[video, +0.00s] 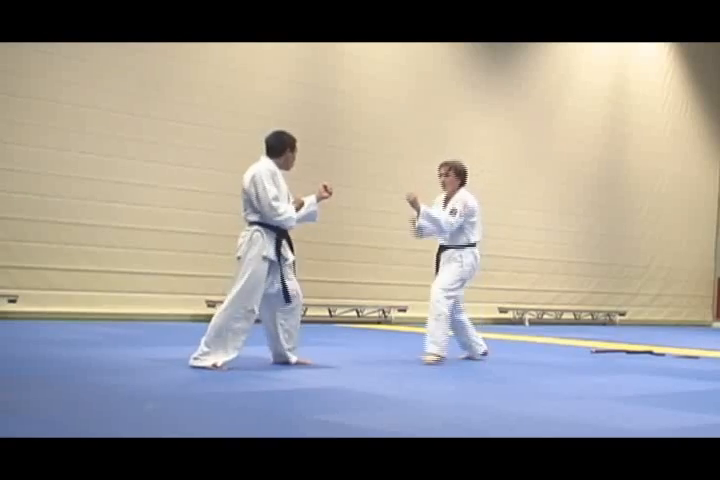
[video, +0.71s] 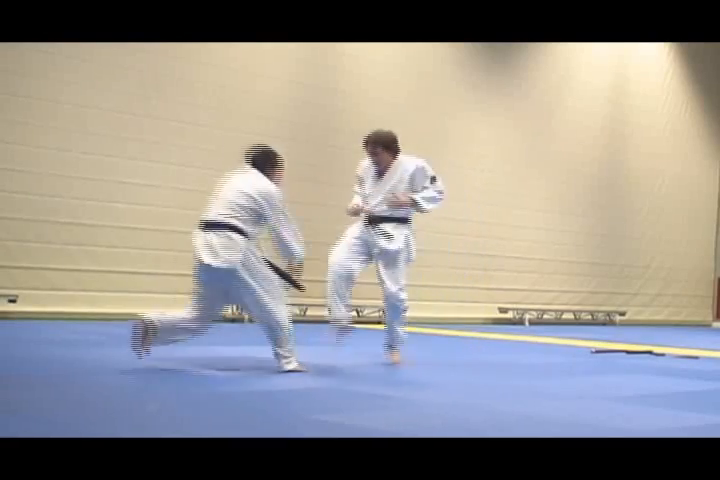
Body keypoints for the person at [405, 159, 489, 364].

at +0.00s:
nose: (442, 179)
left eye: (447, 175)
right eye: (440, 176)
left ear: (459, 178)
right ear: (439, 179)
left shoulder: (465, 200)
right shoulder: (440, 200)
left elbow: (450, 225)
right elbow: (436, 226)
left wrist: (420, 209)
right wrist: (420, 228)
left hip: (464, 254)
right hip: (446, 254)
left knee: (440, 292)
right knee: (452, 308)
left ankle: (435, 350)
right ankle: (476, 348)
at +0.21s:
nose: (428, 172)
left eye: (432, 169)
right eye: (426, 169)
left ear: (445, 172)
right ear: (425, 172)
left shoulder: (457, 194)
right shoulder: (420, 191)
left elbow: (444, 215)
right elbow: (400, 210)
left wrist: (416, 196)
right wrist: (393, 204)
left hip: (449, 253)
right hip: (428, 254)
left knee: (426, 297)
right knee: (444, 302)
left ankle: (415, 352)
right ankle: (471, 338)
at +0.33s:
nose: (415, 171)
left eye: (418, 167)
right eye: (413, 167)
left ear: (432, 166)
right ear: (414, 168)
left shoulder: (450, 184)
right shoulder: (412, 185)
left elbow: (444, 207)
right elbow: (403, 215)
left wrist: (409, 199)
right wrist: (390, 213)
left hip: (437, 245)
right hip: (413, 245)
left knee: (419, 297)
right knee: (393, 294)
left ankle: (416, 354)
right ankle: (429, 310)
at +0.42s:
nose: (406, 176)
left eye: (408, 171)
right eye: (404, 172)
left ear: (421, 169)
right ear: (407, 170)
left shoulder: (441, 184)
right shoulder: (405, 185)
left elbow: (434, 207)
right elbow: (396, 215)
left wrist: (398, 209)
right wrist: (384, 219)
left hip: (428, 245)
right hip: (404, 241)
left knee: (414, 298)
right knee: (375, 252)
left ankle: (416, 352)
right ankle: (384, 303)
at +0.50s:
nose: (399, 179)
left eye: (402, 174)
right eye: (396, 174)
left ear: (415, 171)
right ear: (396, 173)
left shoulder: (432, 182)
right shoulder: (394, 185)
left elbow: (430, 206)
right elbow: (379, 210)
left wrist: (395, 209)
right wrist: (356, 221)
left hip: (421, 245)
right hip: (396, 236)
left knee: (408, 296)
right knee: (378, 226)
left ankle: (413, 353)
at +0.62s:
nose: (384, 168)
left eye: (387, 163)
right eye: (382, 163)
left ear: (399, 159)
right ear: (380, 161)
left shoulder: (421, 169)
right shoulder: (377, 172)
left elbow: (432, 200)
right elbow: (368, 195)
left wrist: (400, 200)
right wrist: (360, 210)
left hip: (406, 235)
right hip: (380, 227)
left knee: (404, 298)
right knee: (347, 231)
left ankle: (409, 352)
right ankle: (322, 270)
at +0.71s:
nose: (372, 159)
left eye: (376, 154)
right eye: (370, 154)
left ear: (390, 152)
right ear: (368, 153)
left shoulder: (414, 168)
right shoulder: (366, 167)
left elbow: (436, 194)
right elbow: (360, 192)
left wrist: (411, 200)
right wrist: (356, 204)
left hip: (395, 232)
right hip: (364, 229)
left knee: (393, 292)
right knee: (339, 266)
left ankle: (393, 345)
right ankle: (341, 322)